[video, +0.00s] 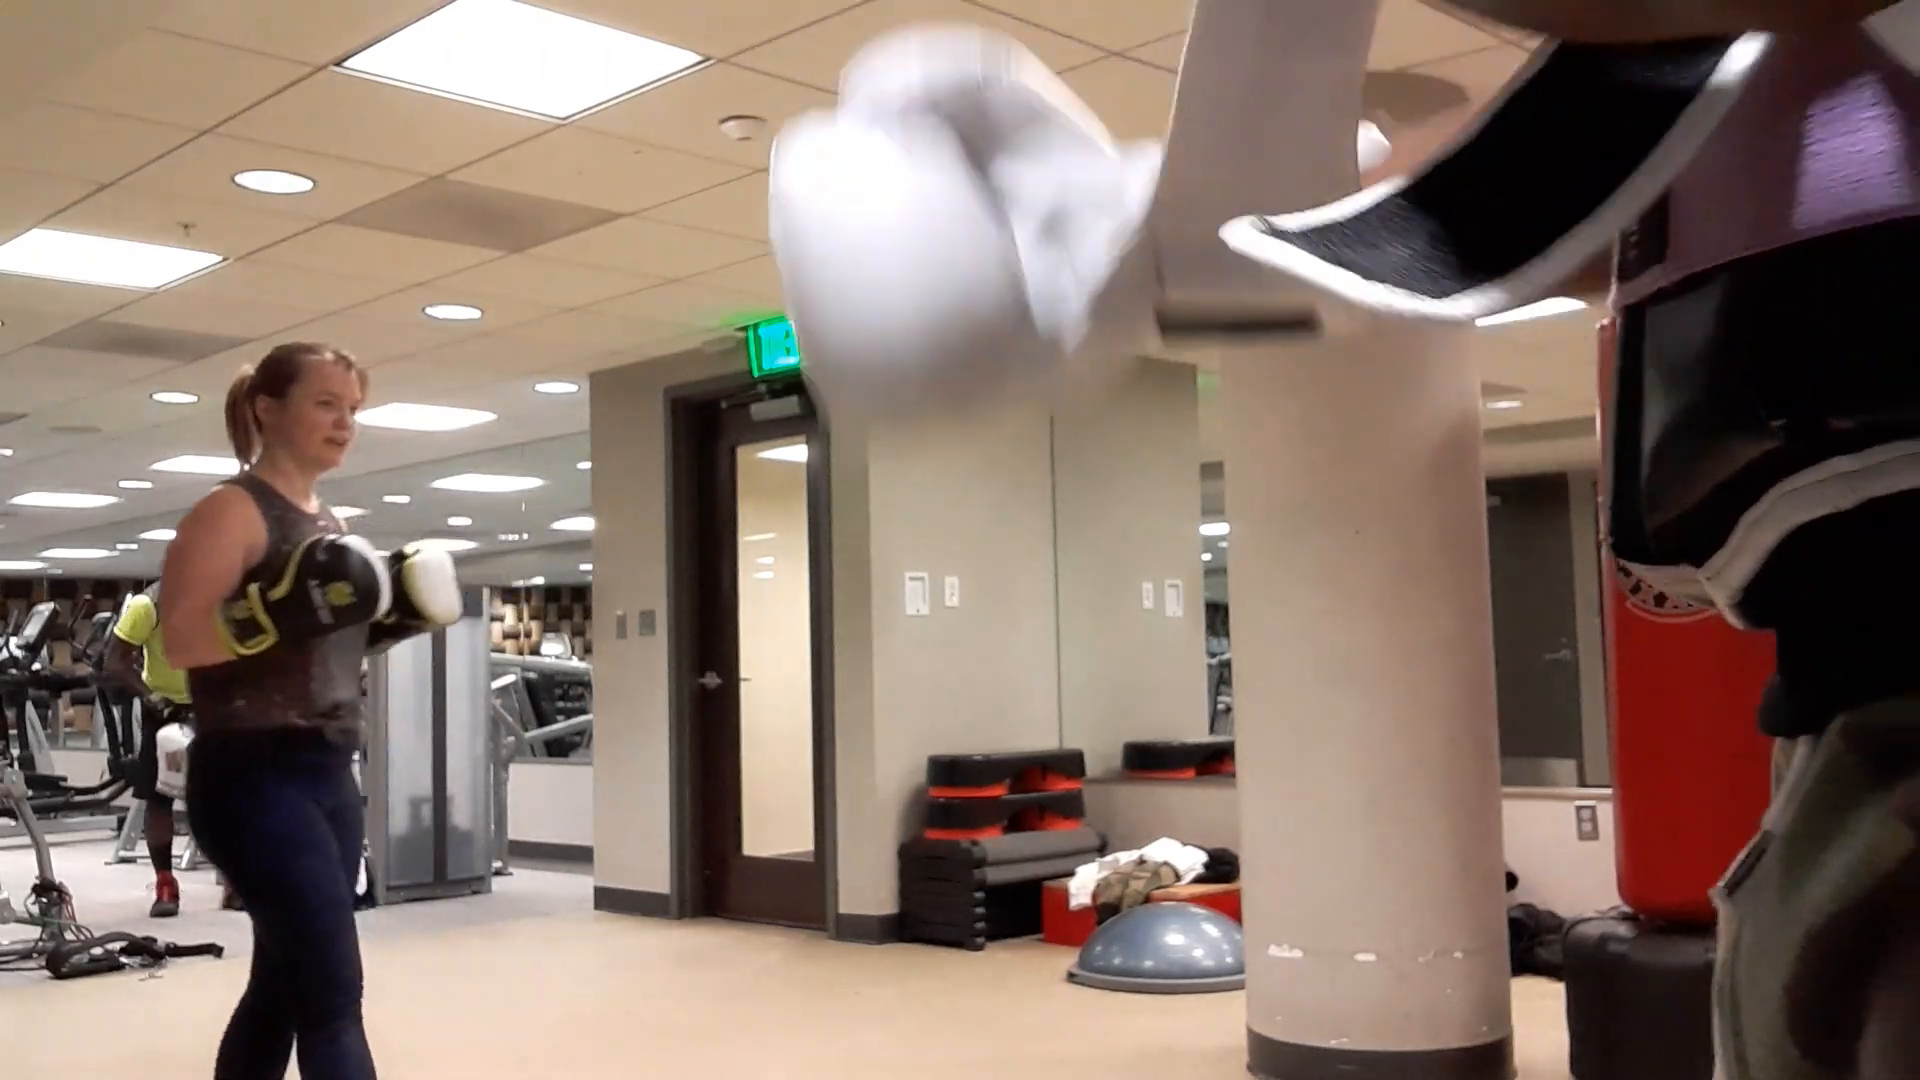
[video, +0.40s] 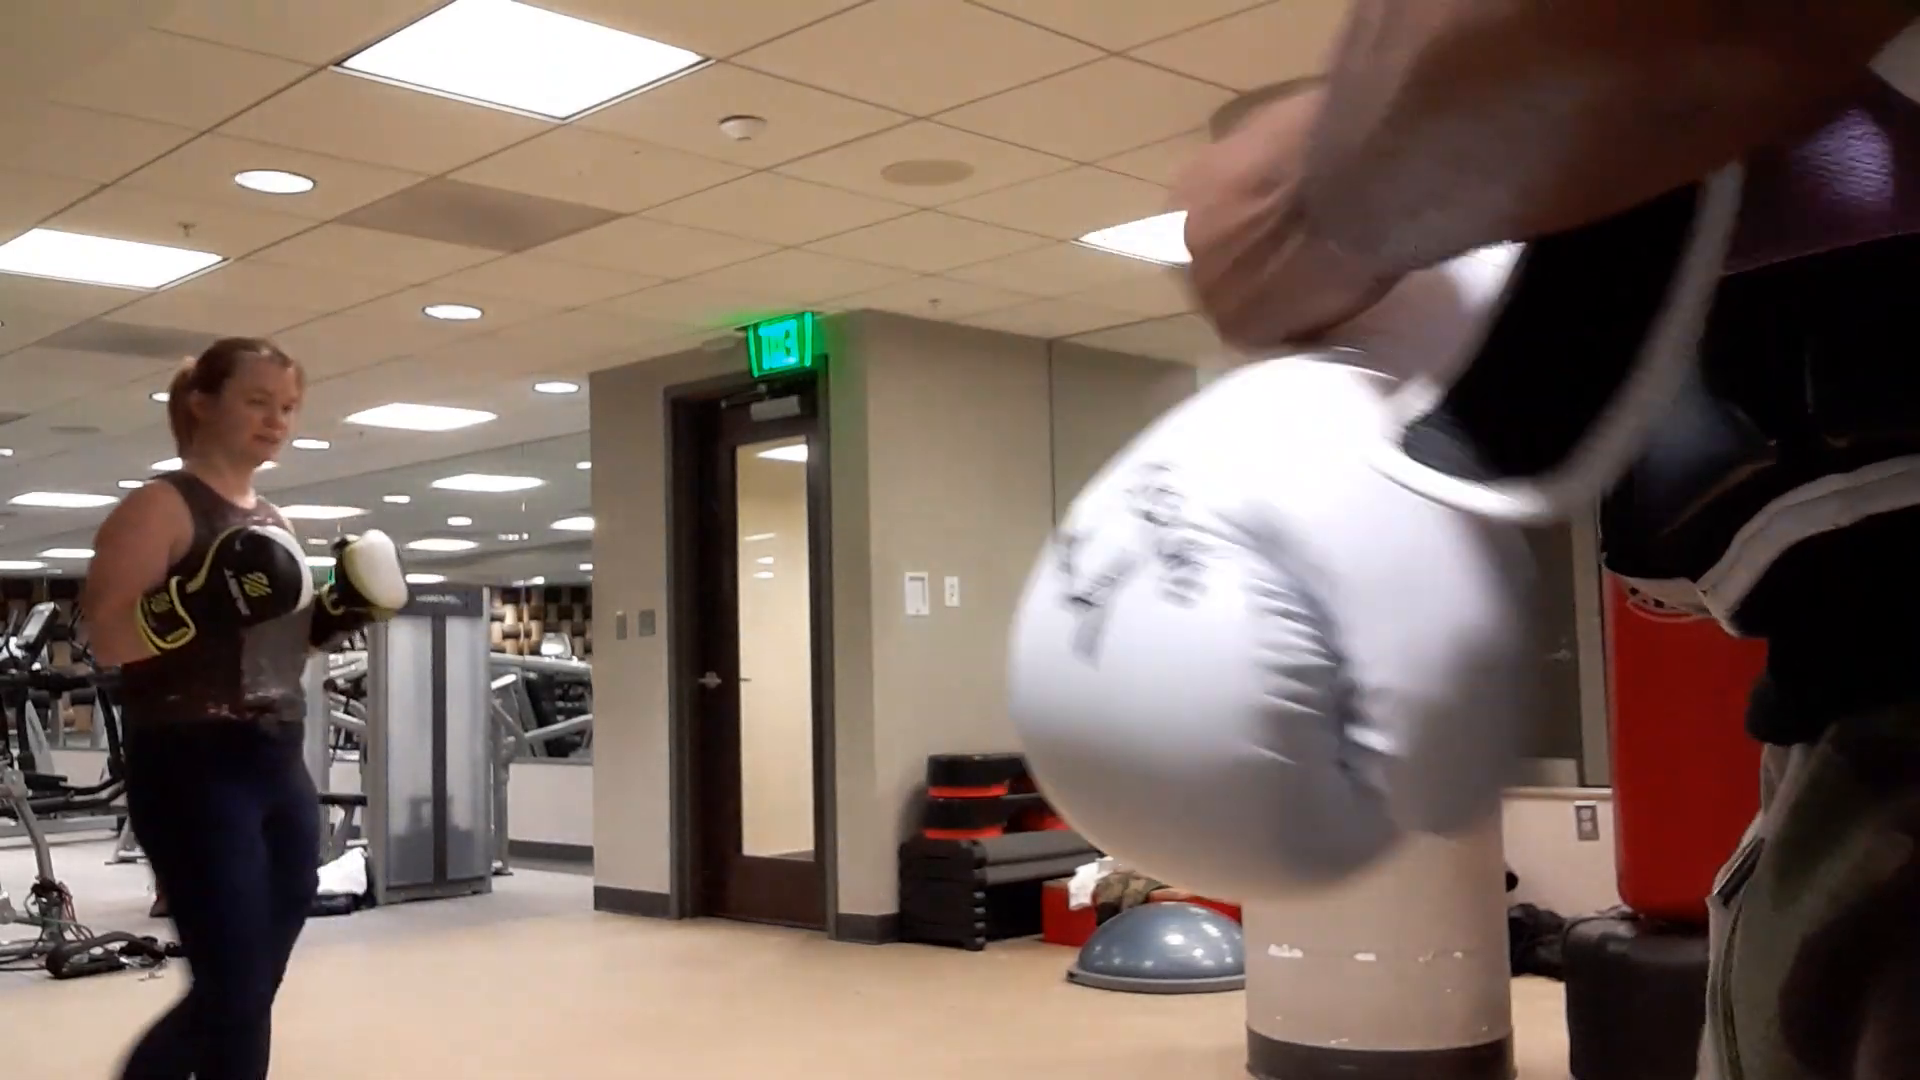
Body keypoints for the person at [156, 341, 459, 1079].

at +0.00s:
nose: (344, 424)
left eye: (352, 412)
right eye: (326, 406)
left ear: (357, 422)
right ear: (268, 410)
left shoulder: (325, 522)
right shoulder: (229, 511)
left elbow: (323, 645)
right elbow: (182, 642)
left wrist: (391, 620)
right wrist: (289, 612)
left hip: (325, 770)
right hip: (250, 775)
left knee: (279, 997)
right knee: (332, 992)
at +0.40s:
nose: (276, 422)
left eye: (287, 409)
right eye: (258, 403)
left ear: (295, 419)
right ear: (201, 404)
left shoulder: (266, 518)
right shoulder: (157, 507)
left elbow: (272, 647)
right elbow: (106, 640)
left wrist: (332, 615)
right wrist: (198, 603)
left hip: (273, 756)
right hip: (188, 758)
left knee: (251, 983)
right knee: (232, 984)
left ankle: (154, 1066)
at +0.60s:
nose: (229, 416)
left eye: (243, 403)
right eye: (209, 396)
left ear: (253, 414)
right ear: (156, 402)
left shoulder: (233, 517)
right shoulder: (113, 503)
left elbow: (236, 651)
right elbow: (64, 646)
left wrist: (300, 620)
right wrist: (160, 599)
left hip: (245, 771)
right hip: (143, 773)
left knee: (241, 993)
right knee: (120, 998)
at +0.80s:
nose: (180, 409)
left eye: (195, 395)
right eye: (158, 389)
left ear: (206, 409)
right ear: (107, 394)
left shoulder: (206, 517)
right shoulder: (57, 500)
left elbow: (216, 644)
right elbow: (2, 632)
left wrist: (263, 618)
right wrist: (78, 600)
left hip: (195, 772)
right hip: (87, 772)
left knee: (228, 987)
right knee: (73, 996)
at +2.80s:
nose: (181, 408)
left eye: (197, 393)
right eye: (158, 387)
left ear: (210, 407)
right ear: (108, 393)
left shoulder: (226, 515)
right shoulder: (60, 502)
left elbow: (233, 659)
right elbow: (1, 648)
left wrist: (284, 613)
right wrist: (60, 606)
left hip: (224, 780)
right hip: (103, 780)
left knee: (211, 1013)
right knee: (65, 1011)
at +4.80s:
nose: (183, 411)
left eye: (198, 396)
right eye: (163, 389)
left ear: (209, 409)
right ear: (106, 392)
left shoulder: (222, 516)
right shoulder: (55, 501)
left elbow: (224, 658)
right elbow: (2, 641)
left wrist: (278, 615)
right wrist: (64, 606)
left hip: (216, 777)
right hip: (95, 776)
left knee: (207, 1010)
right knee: (63, 1008)